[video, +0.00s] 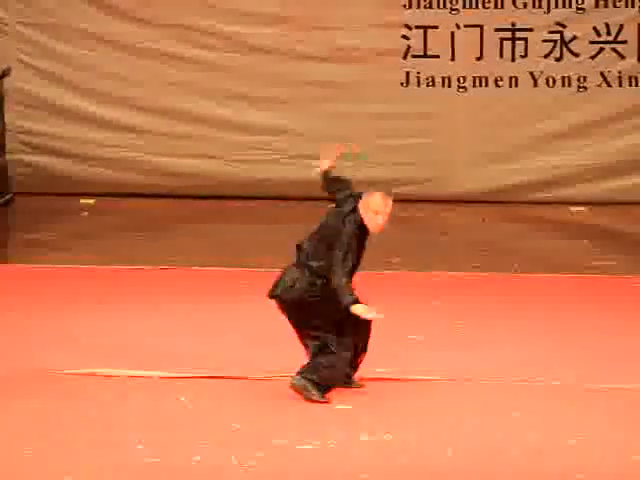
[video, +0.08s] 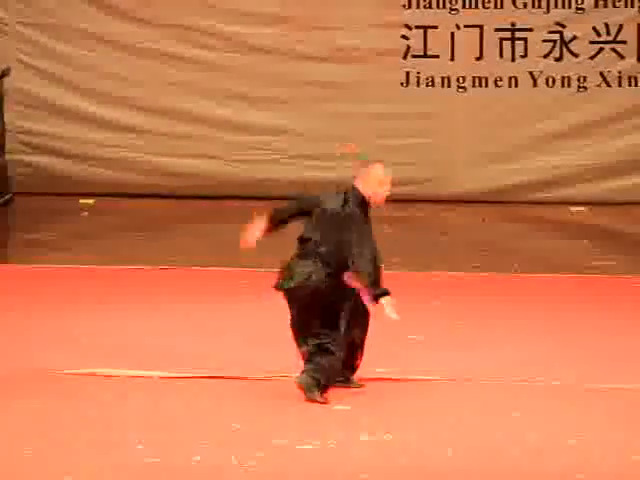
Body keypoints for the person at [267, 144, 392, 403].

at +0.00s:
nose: (383, 222)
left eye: (386, 215)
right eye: (380, 215)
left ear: (366, 203)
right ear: (367, 210)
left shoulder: (352, 202)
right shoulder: (350, 230)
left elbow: (339, 187)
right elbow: (339, 274)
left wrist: (327, 171)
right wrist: (353, 304)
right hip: (302, 291)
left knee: (360, 322)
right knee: (348, 332)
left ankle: (343, 373)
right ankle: (311, 379)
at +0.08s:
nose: (386, 195)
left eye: (387, 188)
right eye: (384, 188)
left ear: (359, 183)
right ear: (371, 187)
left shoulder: (329, 200)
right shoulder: (357, 217)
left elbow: (296, 207)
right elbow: (364, 257)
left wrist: (268, 221)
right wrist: (380, 294)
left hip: (293, 280)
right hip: (319, 282)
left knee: (306, 330)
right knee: (335, 339)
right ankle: (314, 376)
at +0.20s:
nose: (308, 149)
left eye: (310, 144)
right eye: (311, 144)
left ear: (318, 147)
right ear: (339, 146)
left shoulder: (300, 182)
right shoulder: (364, 182)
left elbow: (294, 224)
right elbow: (383, 224)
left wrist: (297, 261)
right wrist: (391, 264)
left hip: (318, 268)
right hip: (355, 265)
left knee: (300, 327)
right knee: (345, 314)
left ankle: (325, 376)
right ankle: (338, 368)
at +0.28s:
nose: (288, 147)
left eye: (292, 140)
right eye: (288, 140)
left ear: (308, 140)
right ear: (313, 141)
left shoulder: (314, 172)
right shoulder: (337, 166)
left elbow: (329, 213)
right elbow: (371, 189)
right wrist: (390, 236)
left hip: (328, 259)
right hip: (351, 256)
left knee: (297, 324)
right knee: (331, 319)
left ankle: (334, 380)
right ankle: (328, 369)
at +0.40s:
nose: (296, 149)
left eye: (302, 142)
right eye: (292, 142)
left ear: (316, 142)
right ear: (289, 143)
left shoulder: (333, 172)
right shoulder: (302, 174)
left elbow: (365, 200)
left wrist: (387, 238)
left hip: (351, 252)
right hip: (323, 250)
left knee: (332, 315)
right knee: (301, 307)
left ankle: (338, 381)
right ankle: (306, 368)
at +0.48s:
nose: (302, 162)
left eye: (308, 156)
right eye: (297, 155)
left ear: (320, 156)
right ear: (290, 156)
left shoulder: (346, 187)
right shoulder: (289, 180)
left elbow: (376, 224)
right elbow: (266, 190)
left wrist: (390, 265)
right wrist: (243, 200)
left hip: (357, 260)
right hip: (319, 257)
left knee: (345, 322)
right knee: (290, 312)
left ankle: (342, 380)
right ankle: (299, 373)